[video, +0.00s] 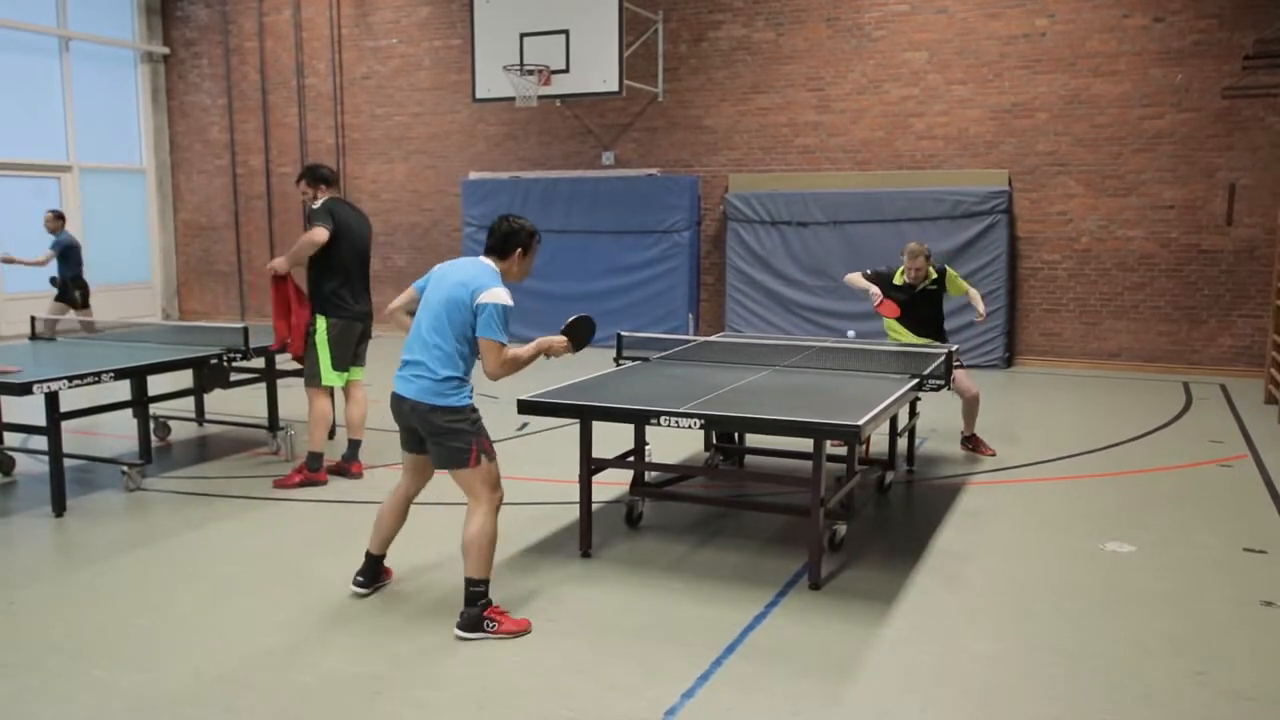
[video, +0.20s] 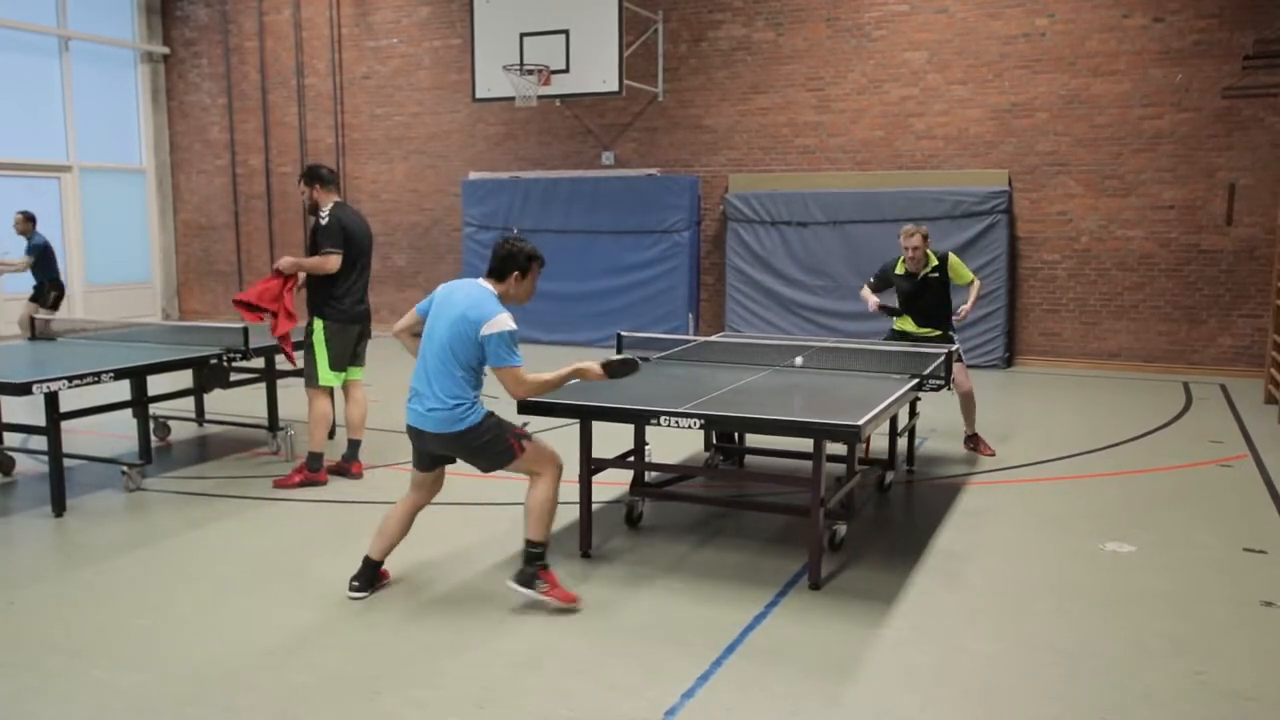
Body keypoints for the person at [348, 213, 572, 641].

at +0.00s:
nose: (532, 266)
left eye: (533, 258)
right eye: (531, 257)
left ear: (492, 250)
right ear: (517, 254)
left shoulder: (446, 268)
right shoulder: (492, 287)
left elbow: (396, 310)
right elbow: (497, 367)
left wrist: (438, 337)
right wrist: (540, 347)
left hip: (407, 396)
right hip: (445, 403)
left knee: (411, 480)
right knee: (486, 496)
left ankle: (369, 571)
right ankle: (476, 610)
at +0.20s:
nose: (533, 290)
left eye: (535, 281)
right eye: (533, 281)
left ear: (497, 272)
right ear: (515, 277)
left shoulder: (450, 289)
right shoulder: (496, 318)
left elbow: (403, 329)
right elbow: (520, 388)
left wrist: (439, 362)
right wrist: (575, 371)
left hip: (420, 420)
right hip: (461, 422)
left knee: (421, 490)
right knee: (547, 464)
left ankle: (366, 573)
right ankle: (534, 569)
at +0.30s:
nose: (565, 288)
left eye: (566, 280)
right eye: (564, 280)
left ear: (533, 272)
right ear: (543, 276)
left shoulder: (475, 283)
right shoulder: (525, 314)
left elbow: (425, 312)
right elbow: (559, 384)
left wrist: (453, 351)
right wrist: (618, 374)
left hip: (443, 413)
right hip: (487, 417)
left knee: (422, 491)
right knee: (561, 471)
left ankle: (366, 573)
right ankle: (600, 562)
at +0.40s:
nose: (603, 293)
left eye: (605, 285)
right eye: (603, 284)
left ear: (573, 273)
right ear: (583, 279)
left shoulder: (515, 280)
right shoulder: (572, 323)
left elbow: (456, 302)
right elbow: (612, 385)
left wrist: (476, 355)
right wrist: (670, 374)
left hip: (475, 409)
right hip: (523, 417)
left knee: (433, 492)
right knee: (585, 478)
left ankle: (374, 572)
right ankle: (623, 563)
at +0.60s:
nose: (655, 308)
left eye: (655, 301)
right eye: (655, 302)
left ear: (616, 289)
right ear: (644, 301)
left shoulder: (572, 300)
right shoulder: (635, 346)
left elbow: (514, 327)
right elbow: (665, 384)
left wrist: (505, 381)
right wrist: (712, 365)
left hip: (526, 427)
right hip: (578, 438)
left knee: (480, 499)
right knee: (634, 464)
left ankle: (422, 578)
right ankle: (629, 562)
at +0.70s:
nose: (654, 298)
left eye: (654, 291)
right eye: (654, 291)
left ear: (614, 281)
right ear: (646, 292)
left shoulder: (573, 297)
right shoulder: (643, 339)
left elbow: (523, 333)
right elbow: (658, 387)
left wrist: (513, 388)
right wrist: (699, 360)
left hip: (536, 431)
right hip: (590, 439)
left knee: (502, 497)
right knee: (638, 464)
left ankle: (470, 582)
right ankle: (630, 562)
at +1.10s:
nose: (602, 235)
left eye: (601, 228)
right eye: (602, 229)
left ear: (555, 228)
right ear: (595, 231)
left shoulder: (514, 266)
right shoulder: (600, 283)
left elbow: (468, 325)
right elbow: (618, 364)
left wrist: (469, 383)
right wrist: (660, 354)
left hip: (516, 411)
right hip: (575, 413)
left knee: (511, 502)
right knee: (609, 491)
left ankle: (514, 609)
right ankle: (607, 601)